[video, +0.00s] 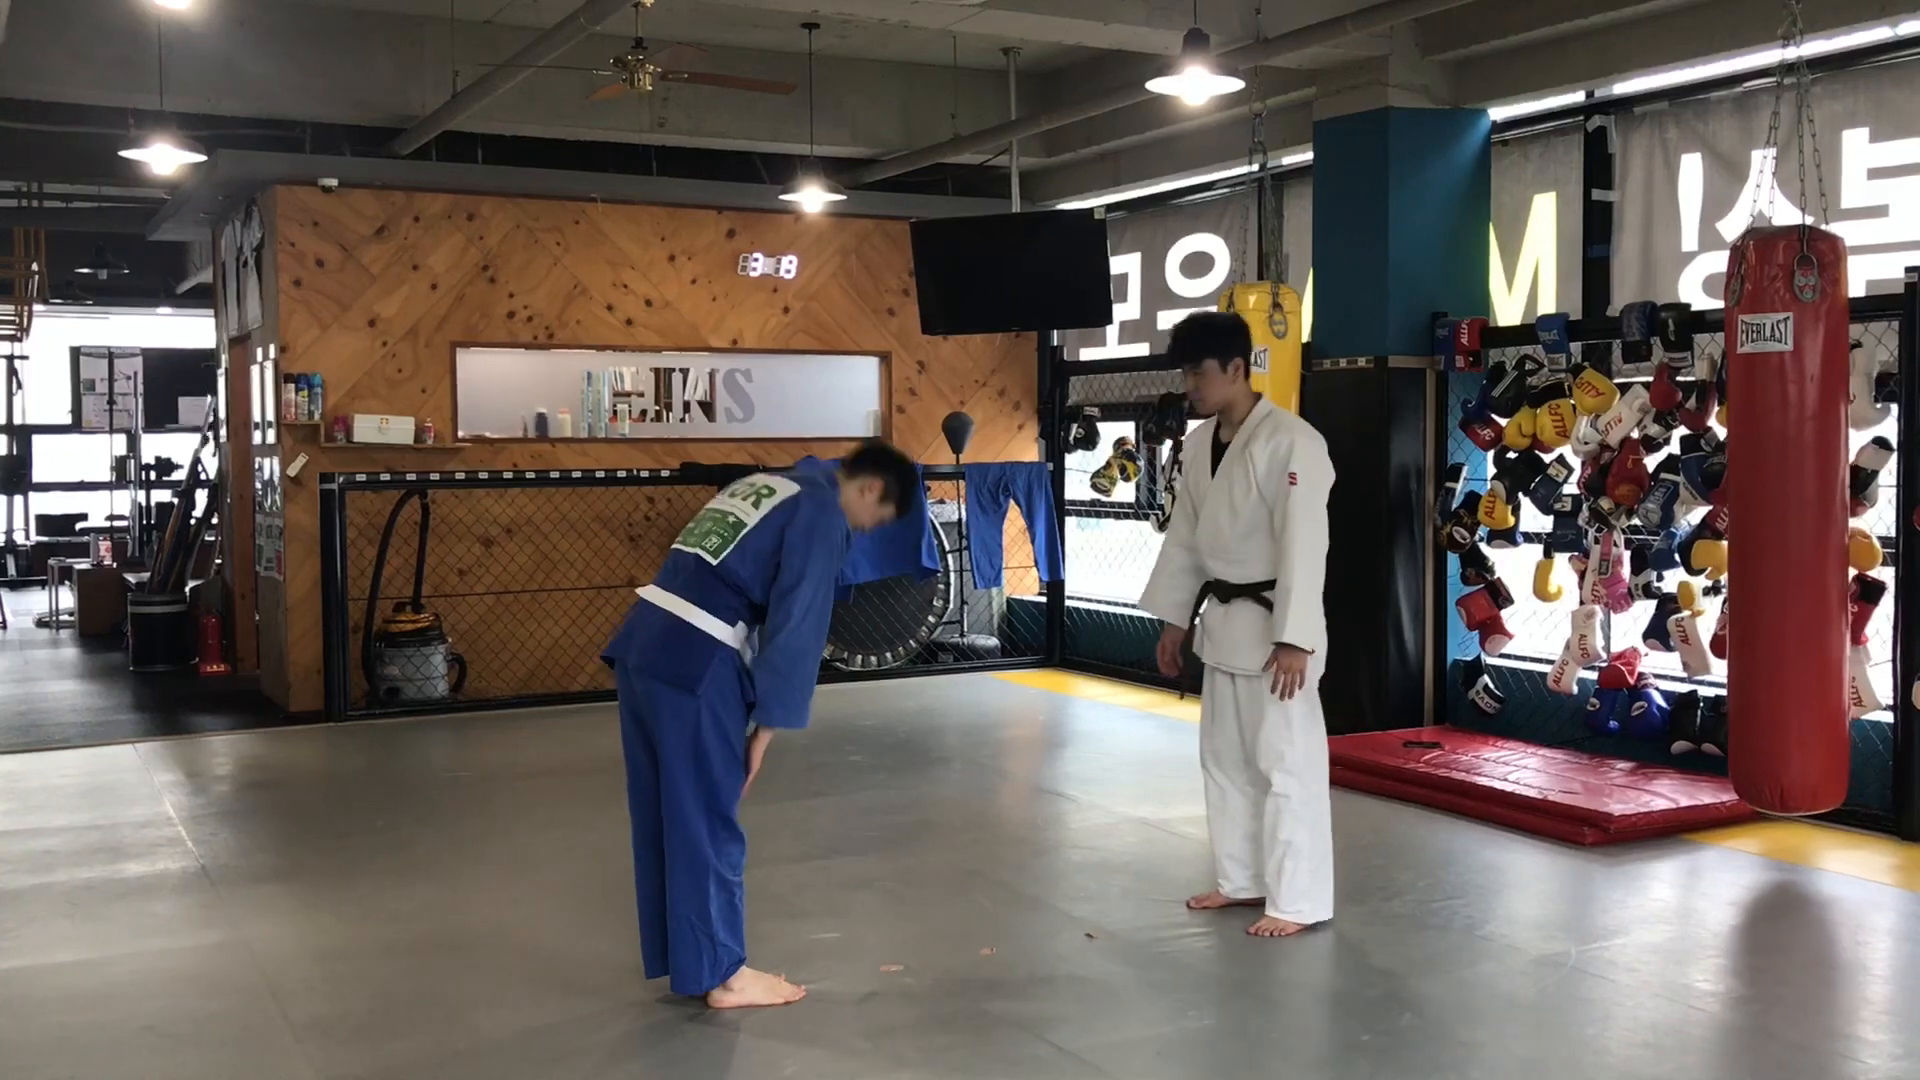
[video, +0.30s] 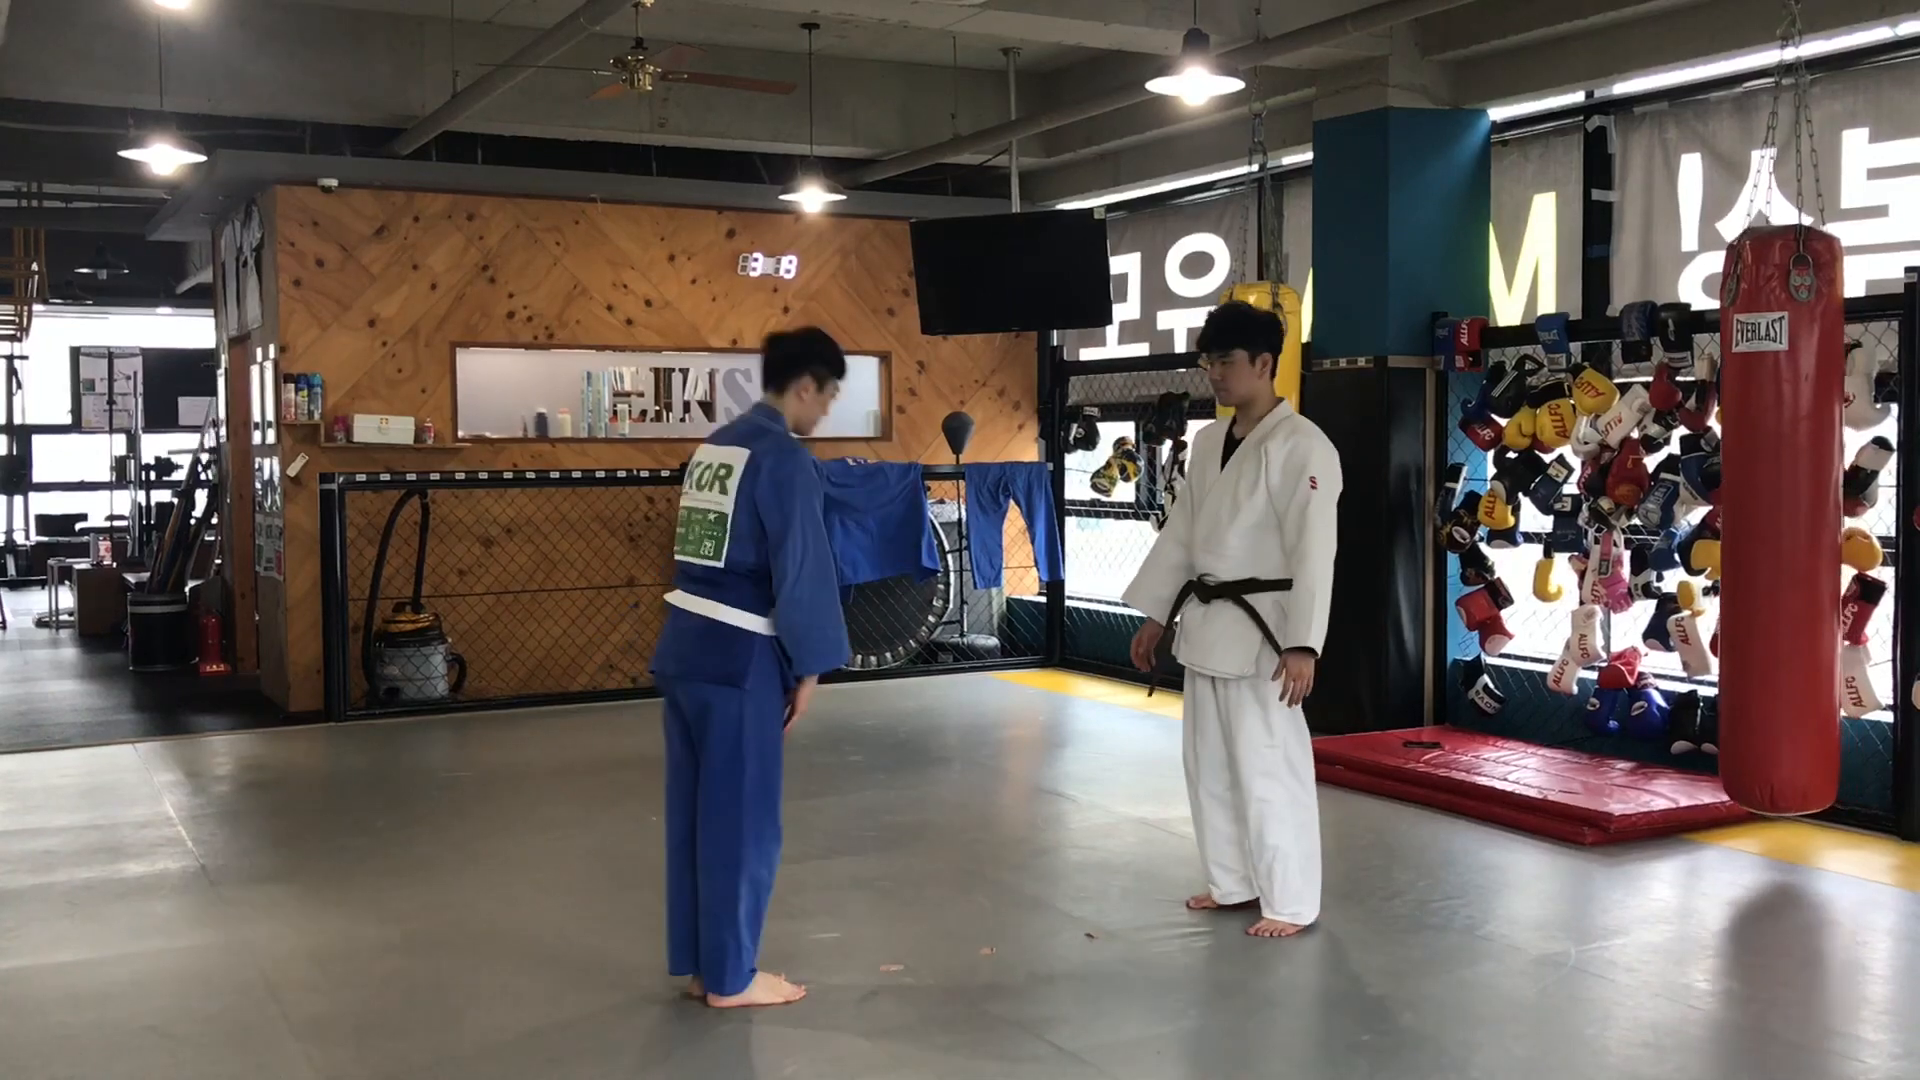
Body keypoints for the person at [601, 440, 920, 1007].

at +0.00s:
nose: (871, 527)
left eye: (882, 520)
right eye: (881, 514)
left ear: (855, 476)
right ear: (869, 489)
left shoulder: (765, 482)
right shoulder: (821, 514)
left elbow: (725, 585)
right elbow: (796, 623)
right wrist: (766, 724)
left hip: (642, 652)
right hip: (695, 667)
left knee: (663, 815)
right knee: (709, 817)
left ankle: (685, 962)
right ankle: (722, 971)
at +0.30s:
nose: (828, 410)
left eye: (831, 397)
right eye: (829, 395)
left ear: (773, 382)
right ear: (805, 387)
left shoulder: (715, 447)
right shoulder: (785, 459)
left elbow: (714, 557)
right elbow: (801, 572)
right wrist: (811, 667)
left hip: (686, 656)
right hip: (740, 665)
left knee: (696, 811)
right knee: (743, 818)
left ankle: (700, 963)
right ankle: (732, 976)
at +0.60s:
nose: (803, 377)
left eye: (801, 364)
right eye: (798, 365)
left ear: (742, 372)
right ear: (773, 369)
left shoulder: (713, 448)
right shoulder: (774, 454)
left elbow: (829, 488)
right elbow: (803, 566)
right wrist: (830, 656)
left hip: (715, 658)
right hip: (766, 667)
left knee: (724, 817)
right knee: (769, 824)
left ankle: (707, 966)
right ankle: (743, 978)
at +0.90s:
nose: (840, 383)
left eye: (838, 371)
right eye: (834, 372)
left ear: (782, 379)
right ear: (809, 377)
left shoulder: (748, 456)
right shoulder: (820, 465)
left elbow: (762, 560)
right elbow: (848, 578)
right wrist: (879, 667)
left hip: (752, 658)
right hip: (801, 666)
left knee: (824, 796)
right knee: (784, 814)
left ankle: (866, 922)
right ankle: (740, 978)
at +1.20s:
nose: (886, 379)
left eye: (883, 366)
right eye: (880, 368)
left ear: (830, 378)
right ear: (855, 375)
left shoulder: (812, 454)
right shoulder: (866, 460)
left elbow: (847, 552)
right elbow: (938, 535)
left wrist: (912, 587)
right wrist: (1013, 517)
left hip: (822, 652)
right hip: (865, 658)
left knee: (855, 795)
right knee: (881, 799)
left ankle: (889, 933)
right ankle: (776, 933)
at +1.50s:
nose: (933, 375)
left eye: (928, 362)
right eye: (927, 363)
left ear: (874, 374)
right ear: (903, 370)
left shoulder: (857, 443)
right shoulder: (920, 447)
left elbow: (953, 520)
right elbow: (1016, 470)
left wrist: (1016, 505)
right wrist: (1128, 457)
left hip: (849, 645)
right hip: (900, 648)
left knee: (867, 797)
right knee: (932, 792)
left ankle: (886, 937)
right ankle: (945, 949)